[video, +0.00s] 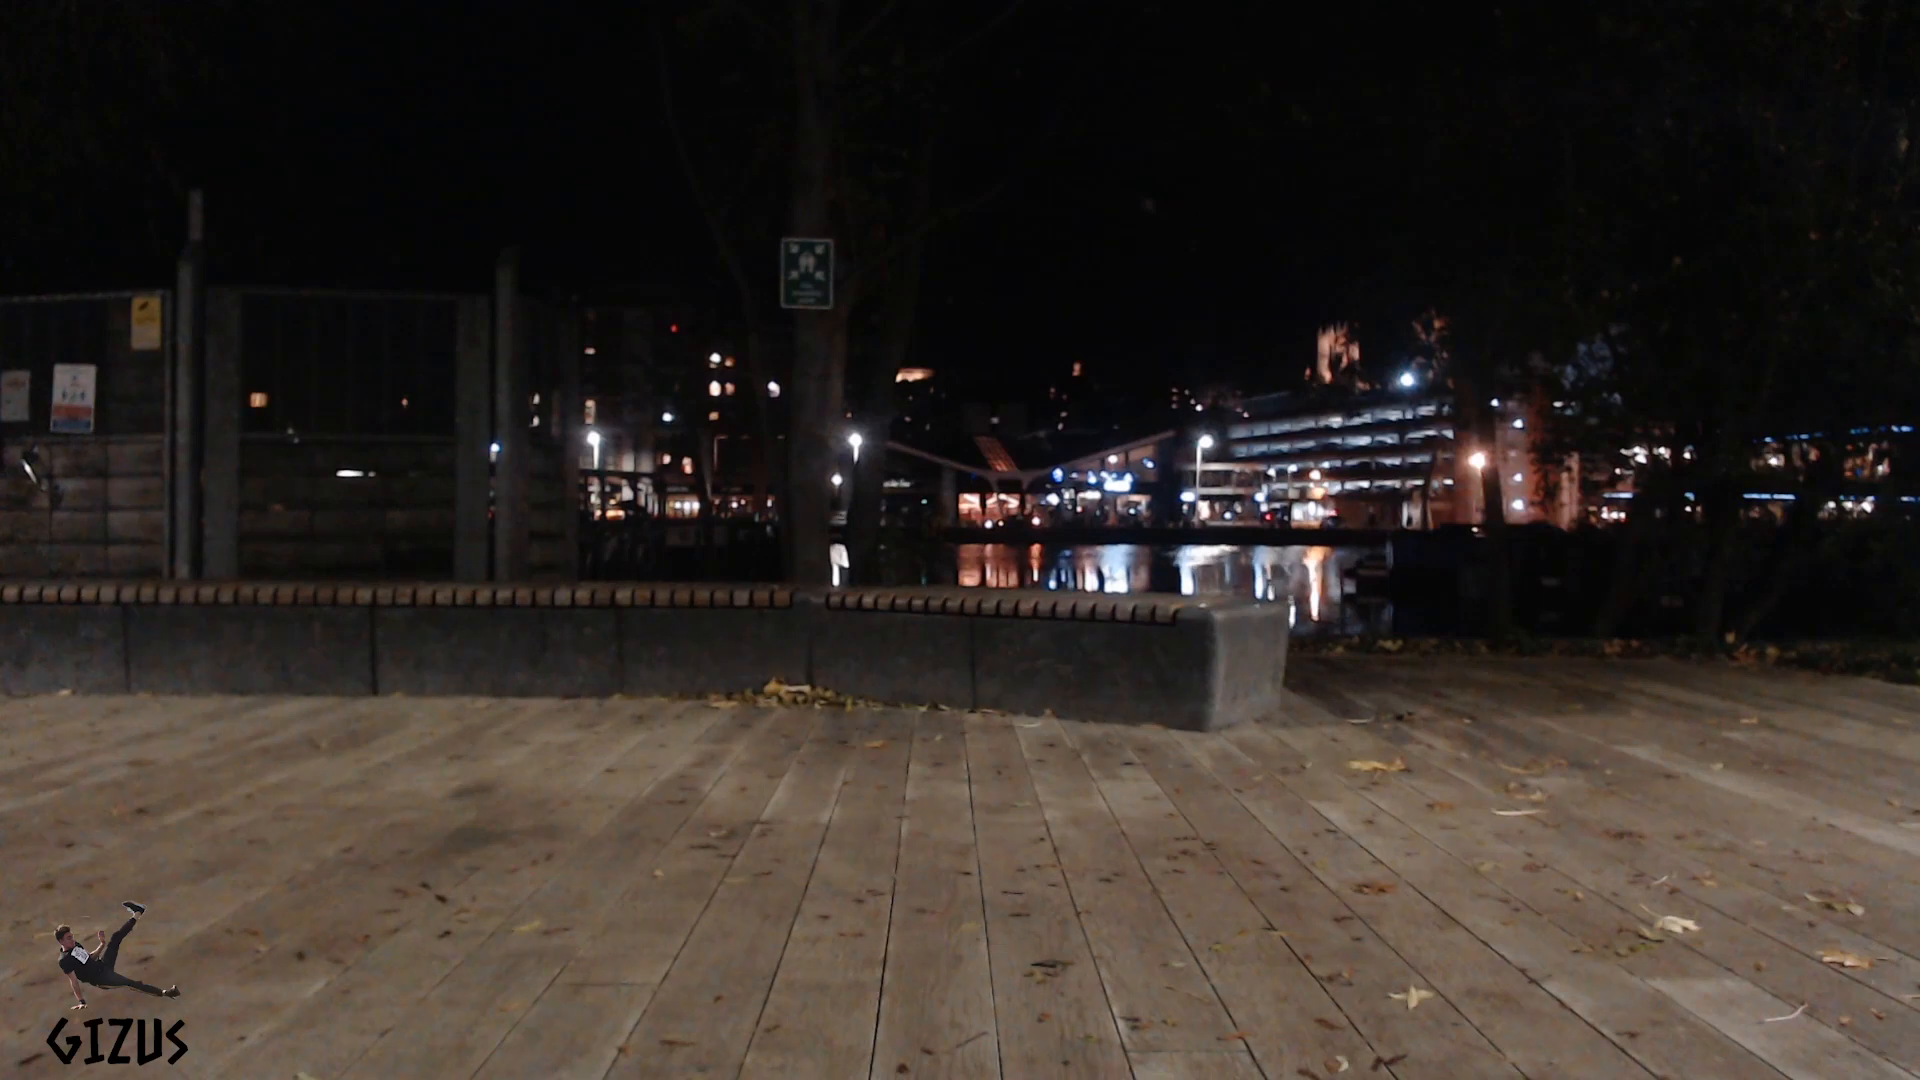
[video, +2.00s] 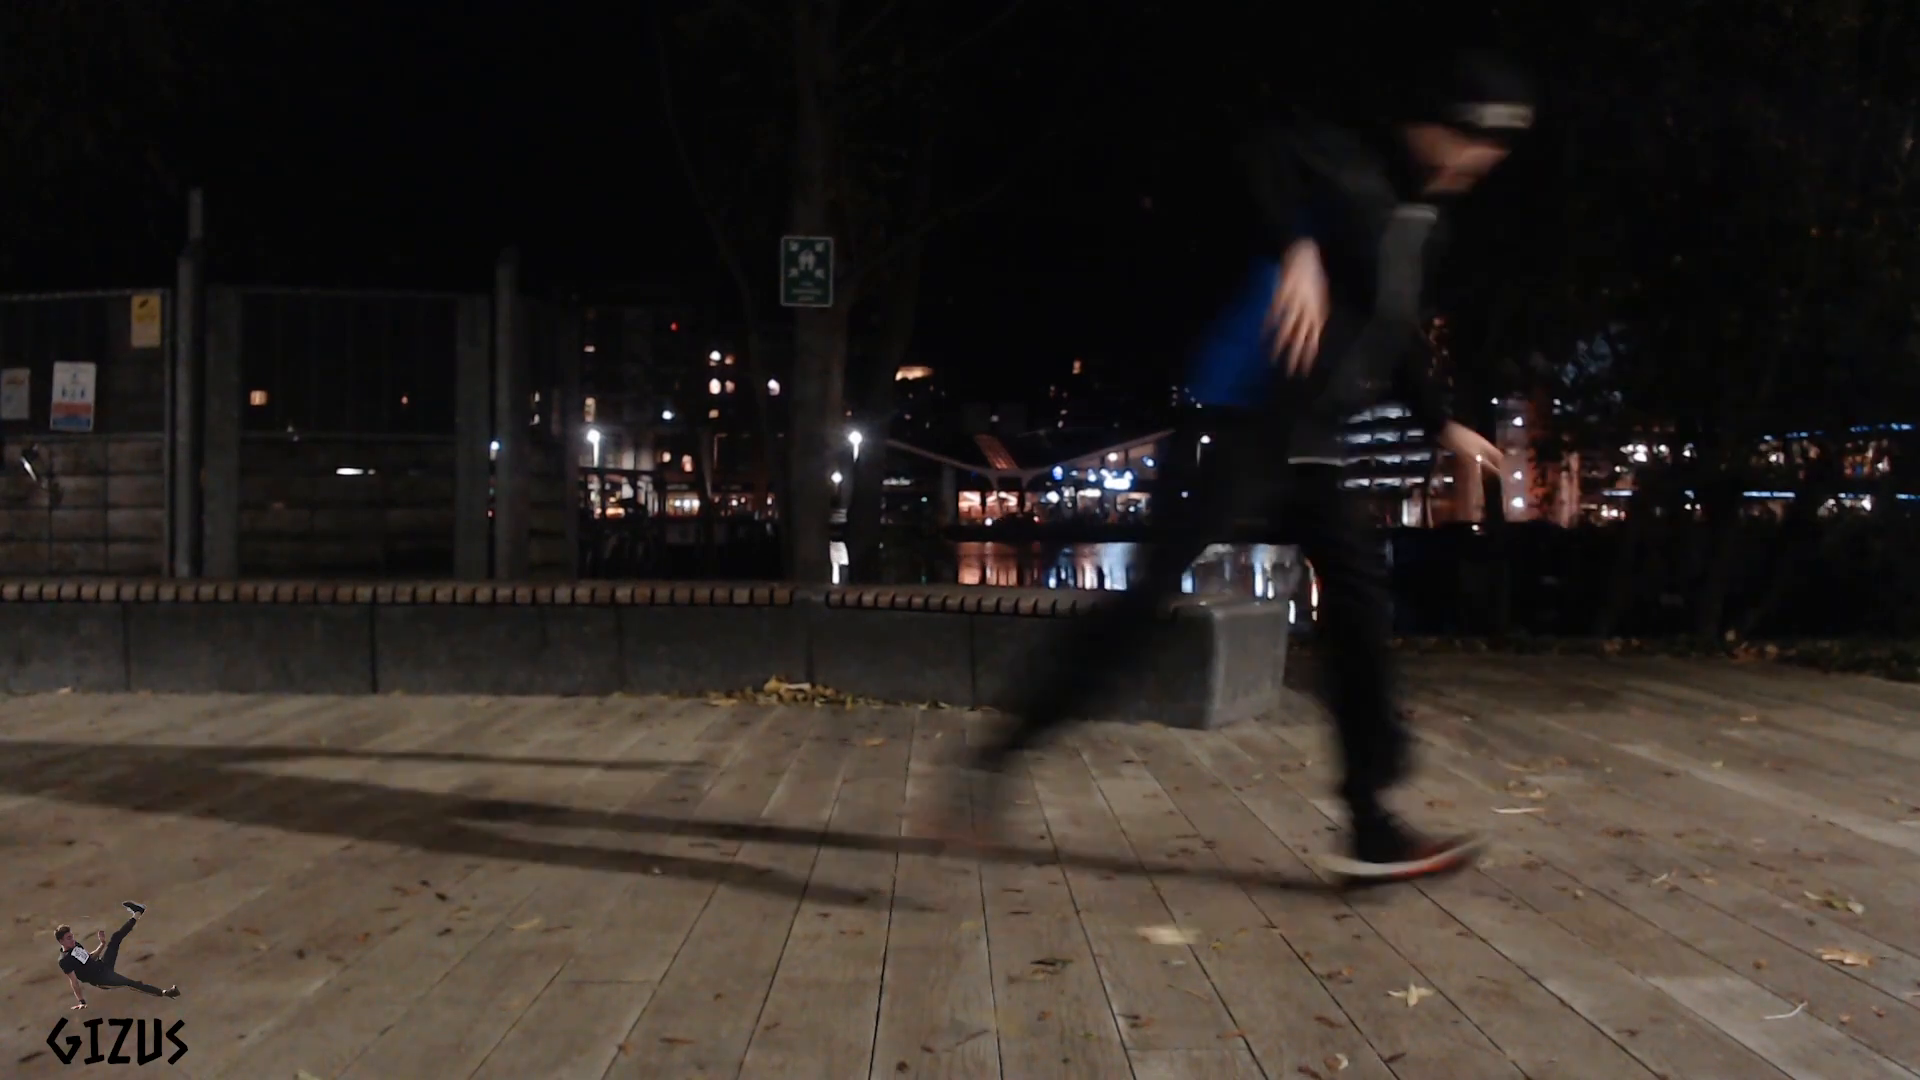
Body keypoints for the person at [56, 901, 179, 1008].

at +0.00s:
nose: (72, 939)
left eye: (72, 936)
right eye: (69, 938)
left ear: (70, 937)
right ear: (61, 941)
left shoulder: (75, 946)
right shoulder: (64, 960)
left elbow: (91, 957)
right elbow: (74, 982)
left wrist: (102, 944)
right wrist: (81, 1001)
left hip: (104, 964)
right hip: (102, 978)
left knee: (115, 939)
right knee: (132, 983)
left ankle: (135, 916)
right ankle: (164, 993)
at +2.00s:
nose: (72, 939)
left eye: (72, 936)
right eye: (69, 938)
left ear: (71, 936)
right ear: (61, 941)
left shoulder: (76, 946)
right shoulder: (64, 960)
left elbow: (91, 957)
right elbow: (74, 982)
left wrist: (102, 945)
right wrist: (81, 1001)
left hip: (104, 964)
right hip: (102, 978)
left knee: (115, 939)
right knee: (132, 983)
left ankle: (136, 916)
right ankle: (165, 993)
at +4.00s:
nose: (73, 938)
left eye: (72, 936)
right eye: (69, 937)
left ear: (70, 937)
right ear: (61, 941)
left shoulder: (75, 946)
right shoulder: (64, 960)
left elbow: (91, 957)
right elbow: (74, 982)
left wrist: (102, 944)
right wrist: (81, 1001)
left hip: (104, 965)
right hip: (102, 977)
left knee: (115, 939)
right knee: (133, 983)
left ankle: (136, 917)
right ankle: (165, 993)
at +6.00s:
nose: (72, 939)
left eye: (72, 936)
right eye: (69, 938)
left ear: (71, 937)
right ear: (61, 942)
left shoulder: (76, 946)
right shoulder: (64, 960)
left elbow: (91, 957)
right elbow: (73, 982)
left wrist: (102, 945)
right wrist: (81, 1002)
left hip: (104, 965)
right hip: (102, 978)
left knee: (116, 938)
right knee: (132, 983)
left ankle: (136, 916)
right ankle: (165, 993)